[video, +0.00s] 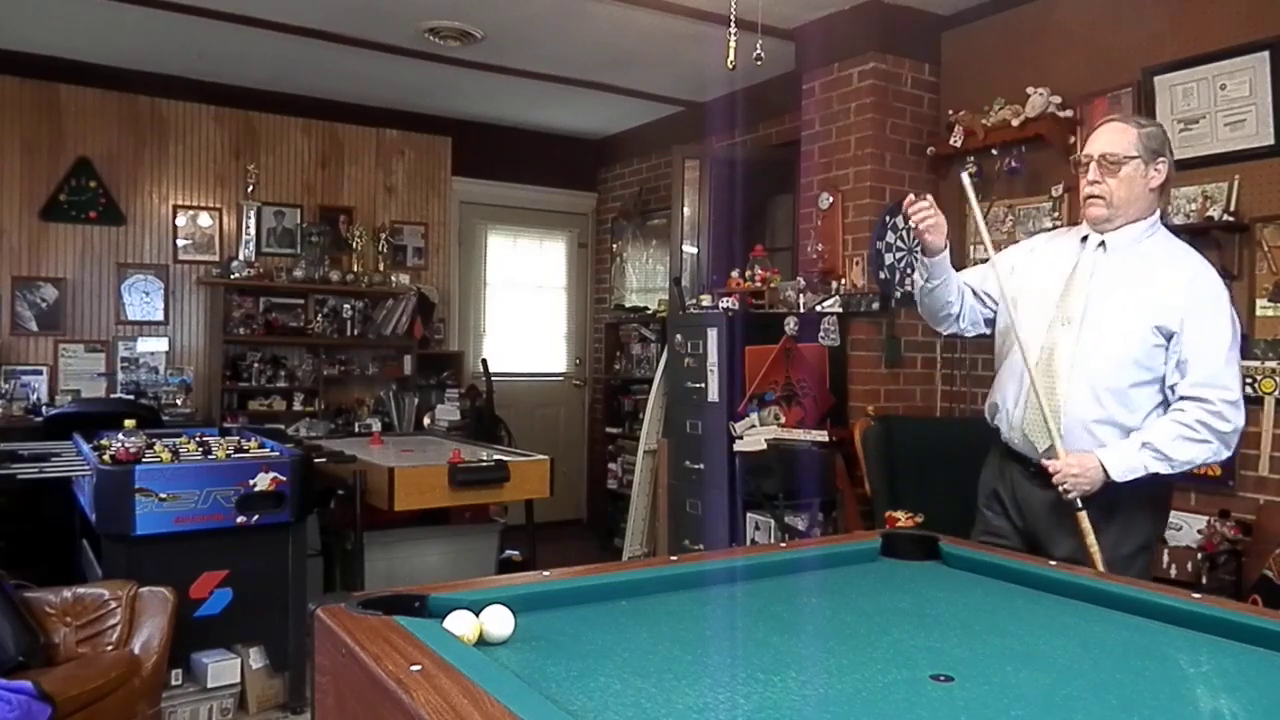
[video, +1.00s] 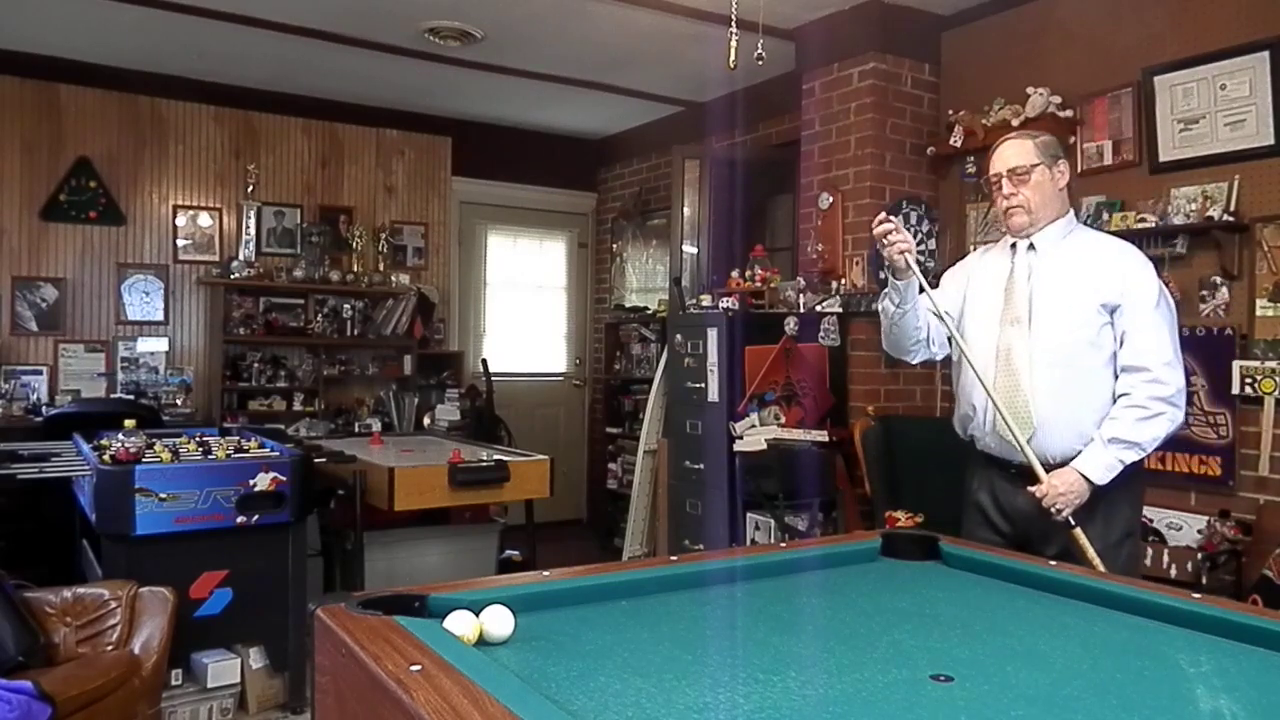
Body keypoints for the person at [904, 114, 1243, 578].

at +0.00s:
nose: (1090, 178)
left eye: (1110, 164)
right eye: (1084, 165)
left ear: (1156, 173)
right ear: (1076, 172)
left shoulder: (1190, 281)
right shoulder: (1036, 254)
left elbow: (1212, 417)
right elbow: (952, 314)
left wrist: (1108, 465)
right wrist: (935, 255)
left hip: (1112, 508)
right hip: (1009, 485)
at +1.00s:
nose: (1005, 192)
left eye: (1018, 175)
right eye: (995, 184)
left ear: (1061, 175)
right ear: (989, 194)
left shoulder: (1119, 265)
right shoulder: (973, 270)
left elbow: (1156, 393)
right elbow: (910, 344)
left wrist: (1085, 473)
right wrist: (903, 278)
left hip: (1094, 494)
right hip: (991, 487)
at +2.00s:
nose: (1216, 225)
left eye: (1237, 213)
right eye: (1203, 203)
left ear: (1255, 216)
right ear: (1169, 191)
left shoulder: (1269, 295)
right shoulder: (1091, 268)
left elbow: (1275, 415)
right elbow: (1037, 389)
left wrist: (1255, 456)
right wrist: (1073, 495)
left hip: (1196, 524)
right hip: (1080, 515)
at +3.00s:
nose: (1212, 211)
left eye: (1238, 198)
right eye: (1202, 190)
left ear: (1270, 206)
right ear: (1179, 185)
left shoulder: (1274, 278)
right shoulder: (1110, 266)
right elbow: (1038, 385)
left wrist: (1270, 452)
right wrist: (1075, 488)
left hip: (1224, 532)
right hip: (1102, 520)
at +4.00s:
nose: (1002, 200)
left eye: (1013, 181)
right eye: (995, 190)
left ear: (1059, 175)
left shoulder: (1131, 250)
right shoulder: (1018, 286)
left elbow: (1203, 372)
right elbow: (1024, 383)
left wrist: (1111, 447)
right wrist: (1004, 453)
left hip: (1138, 498)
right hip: (1045, 501)